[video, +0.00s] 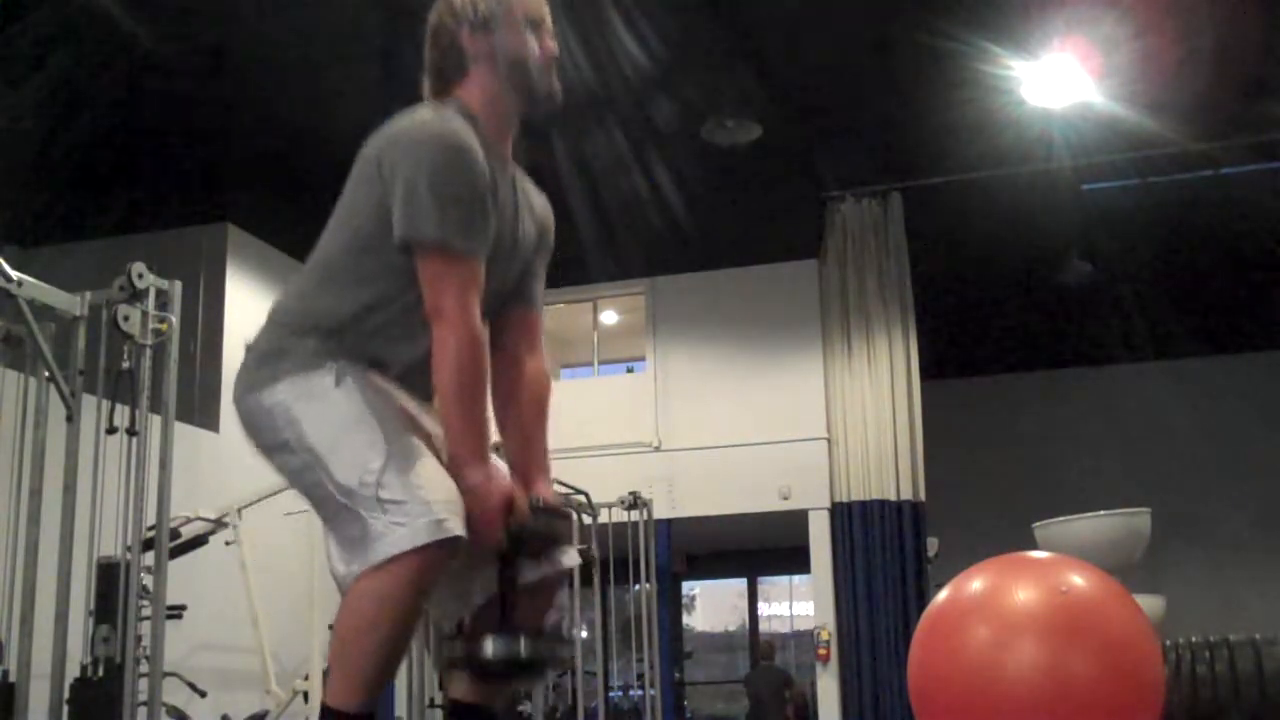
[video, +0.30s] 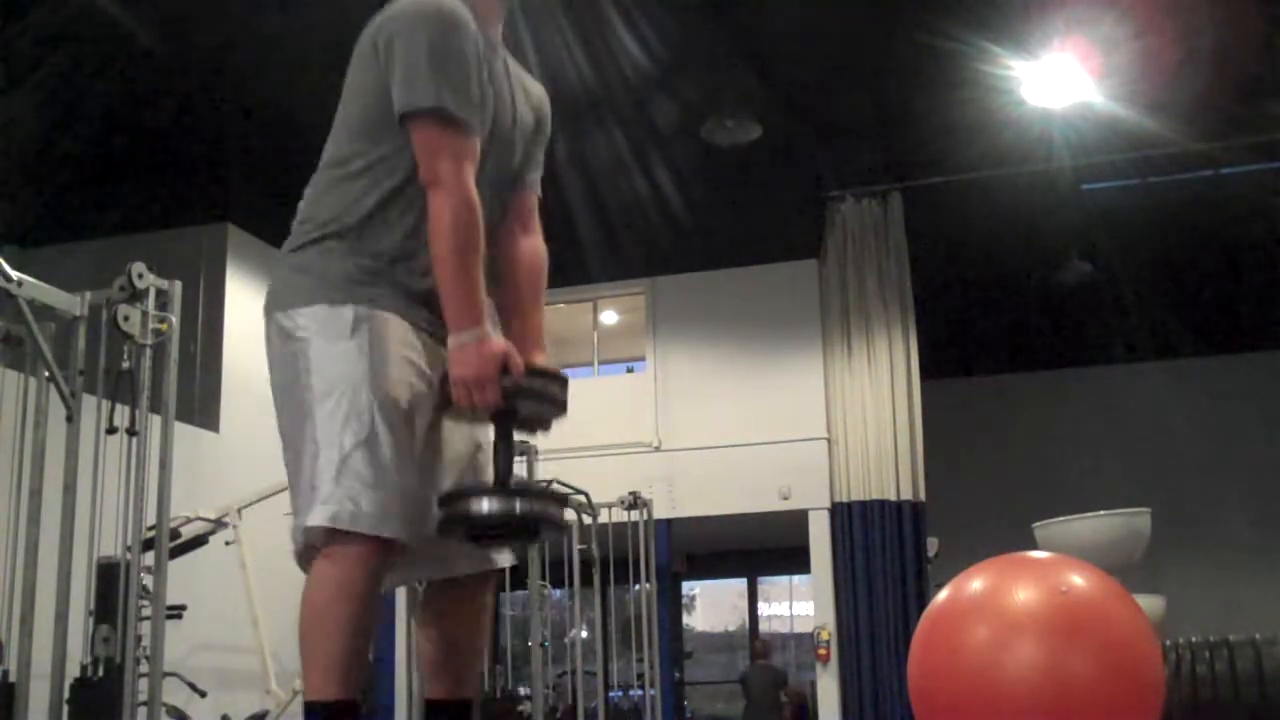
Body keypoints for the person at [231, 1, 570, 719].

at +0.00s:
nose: (554, 47)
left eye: (552, 31)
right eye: (533, 26)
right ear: (473, 38)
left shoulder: (530, 208)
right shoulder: (436, 142)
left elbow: (523, 352)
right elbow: (454, 320)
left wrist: (536, 485)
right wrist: (475, 472)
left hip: (389, 388)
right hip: (304, 371)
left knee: (505, 544)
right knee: (416, 528)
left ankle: (474, 703)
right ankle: (343, 712)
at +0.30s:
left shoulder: (529, 94)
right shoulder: (430, 21)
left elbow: (520, 226)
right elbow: (447, 183)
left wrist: (530, 355)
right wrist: (469, 332)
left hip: (440, 327)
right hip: (349, 302)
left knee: (466, 554)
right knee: (357, 531)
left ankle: (453, 712)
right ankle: (329, 713)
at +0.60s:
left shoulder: (527, 97)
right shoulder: (433, 22)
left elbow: (521, 235)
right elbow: (448, 189)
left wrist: (530, 361)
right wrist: (469, 341)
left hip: (437, 327)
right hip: (350, 308)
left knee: (485, 550)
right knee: (381, 529)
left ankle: (459, 711)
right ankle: (336, 714)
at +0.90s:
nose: (598, 77)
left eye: (596, 61)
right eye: (580, 58)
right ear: (518, 68)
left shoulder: (549, 235)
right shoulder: (460, 165)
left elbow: (536, 390)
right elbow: (466, 363)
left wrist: (545, 523)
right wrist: (484, 514)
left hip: (397, 404)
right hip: (302, 382)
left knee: (534, 567)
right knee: (412, 535)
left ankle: (476, 709)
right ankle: (343, 713)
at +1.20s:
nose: (622, 173)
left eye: (621, 159)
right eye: (602, 153)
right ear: (539, 165)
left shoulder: (569, 329)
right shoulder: (482, 268)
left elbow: (547, 479)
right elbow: (485, 470)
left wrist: (551, 627)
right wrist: (498, 630)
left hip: (409, 473)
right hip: (308, 454)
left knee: (585, 577)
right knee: (459, 543)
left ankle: (495, 706)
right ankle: (357, 706)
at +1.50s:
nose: (607, 124)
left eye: (611, 106)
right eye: (587, 105)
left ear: (619, 123)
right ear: (531, 117)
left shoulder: (582, 263)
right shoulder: (499, 213)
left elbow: (568, 425)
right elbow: (491, 391)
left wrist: (584, 542)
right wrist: (526, 543)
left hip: (409, 426)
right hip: (321, 404)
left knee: (546, 564)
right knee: (455, 545)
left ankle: (358, 683)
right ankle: (362, 706)